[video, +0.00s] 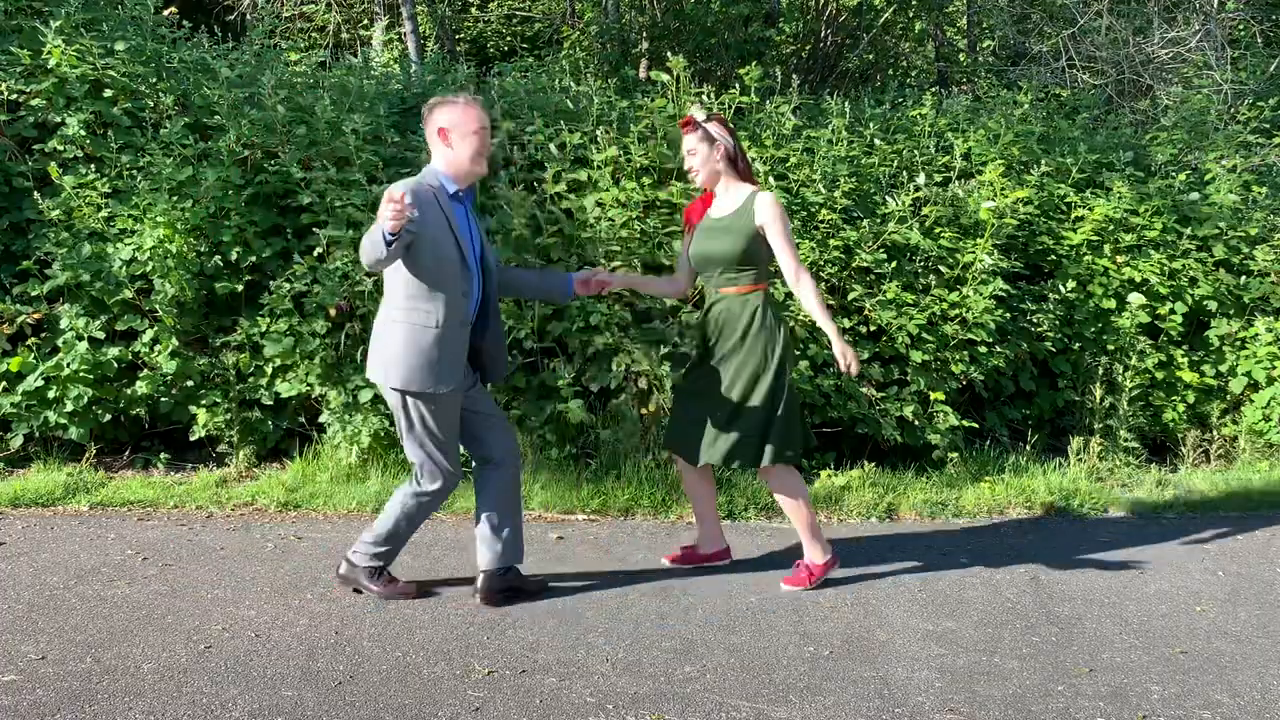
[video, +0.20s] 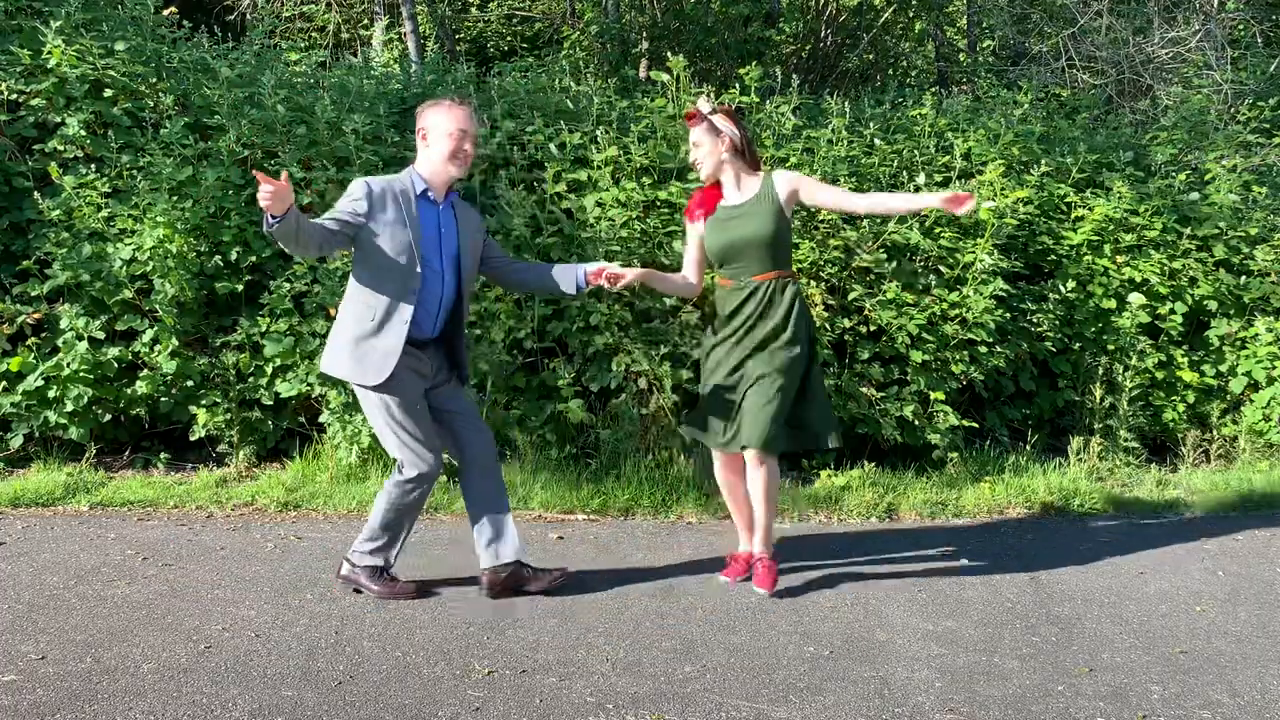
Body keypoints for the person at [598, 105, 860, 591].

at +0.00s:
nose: (687, 165)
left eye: (693, 154)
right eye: (684, 157)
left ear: (721, 150)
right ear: (695, 159)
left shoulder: (761, 202)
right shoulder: (698, 213)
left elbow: (797, 275)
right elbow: (679, 285)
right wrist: (619, 279)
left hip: (756, 332)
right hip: (714, 335)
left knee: (767, 452)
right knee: (686, 439)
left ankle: (817, 551)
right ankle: (711, 542)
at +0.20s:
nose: (691, 156)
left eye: (697, 144)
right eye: (689, 146)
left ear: (727, 141)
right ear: (711, 148)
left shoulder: (781, 185)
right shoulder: (701, 209)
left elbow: (859, 200)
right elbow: (690, 282)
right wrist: (639, 274)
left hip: (778, 319)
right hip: (729, 326)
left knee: (757, 444)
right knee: (724, 448)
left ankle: (763, 552)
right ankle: (747, 545)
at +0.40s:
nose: (696, 169)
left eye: (702, 156)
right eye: (694, 160)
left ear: (733, 149)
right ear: (715, 160)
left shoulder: (785, 191)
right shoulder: (708, 223)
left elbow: (862, 157)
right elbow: (689, 296)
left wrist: (901, 92)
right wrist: (628, 286)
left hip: (782, 333)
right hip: (726, 337)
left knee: (746, 454)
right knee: (730, 454)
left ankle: (702, 584)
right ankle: (757, 547)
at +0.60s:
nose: (696, 161)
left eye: (703, 149)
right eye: (690, 154)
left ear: (732, 144)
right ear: (697, 161)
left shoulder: (767, 185)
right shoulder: (707, 224)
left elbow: (817, 123)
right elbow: (672, 292)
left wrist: (827, 37)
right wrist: (608, 269)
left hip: (776, 323)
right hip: (731, 332)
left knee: (732, 451)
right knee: (691, 452)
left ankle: (711, 589)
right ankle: (749, 539)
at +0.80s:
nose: (683, 167)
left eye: (690, 155)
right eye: (678, 160)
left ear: (720, 151)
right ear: (684, 167)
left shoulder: (747, 195)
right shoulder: (698, 232)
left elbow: (780, 136)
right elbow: (656, 299)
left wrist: (776, 56)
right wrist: (591, 278)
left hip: (741, 317)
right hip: (711, 326)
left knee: (696, 453)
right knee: (666, 444)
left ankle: (716, 588)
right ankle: (691, 566)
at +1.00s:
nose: (646, 155)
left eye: (652, 142)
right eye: (645, 145)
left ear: (685, 138)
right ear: (672, 144)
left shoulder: (718, 184)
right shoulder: (671, 218)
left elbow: (745, 137)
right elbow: (636, 292)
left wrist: (730, 53)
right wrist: (568, 275)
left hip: (716, 317)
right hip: (687, 324)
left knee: (640, 443)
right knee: (651, 446)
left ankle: (696, 572)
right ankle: (694, 574)